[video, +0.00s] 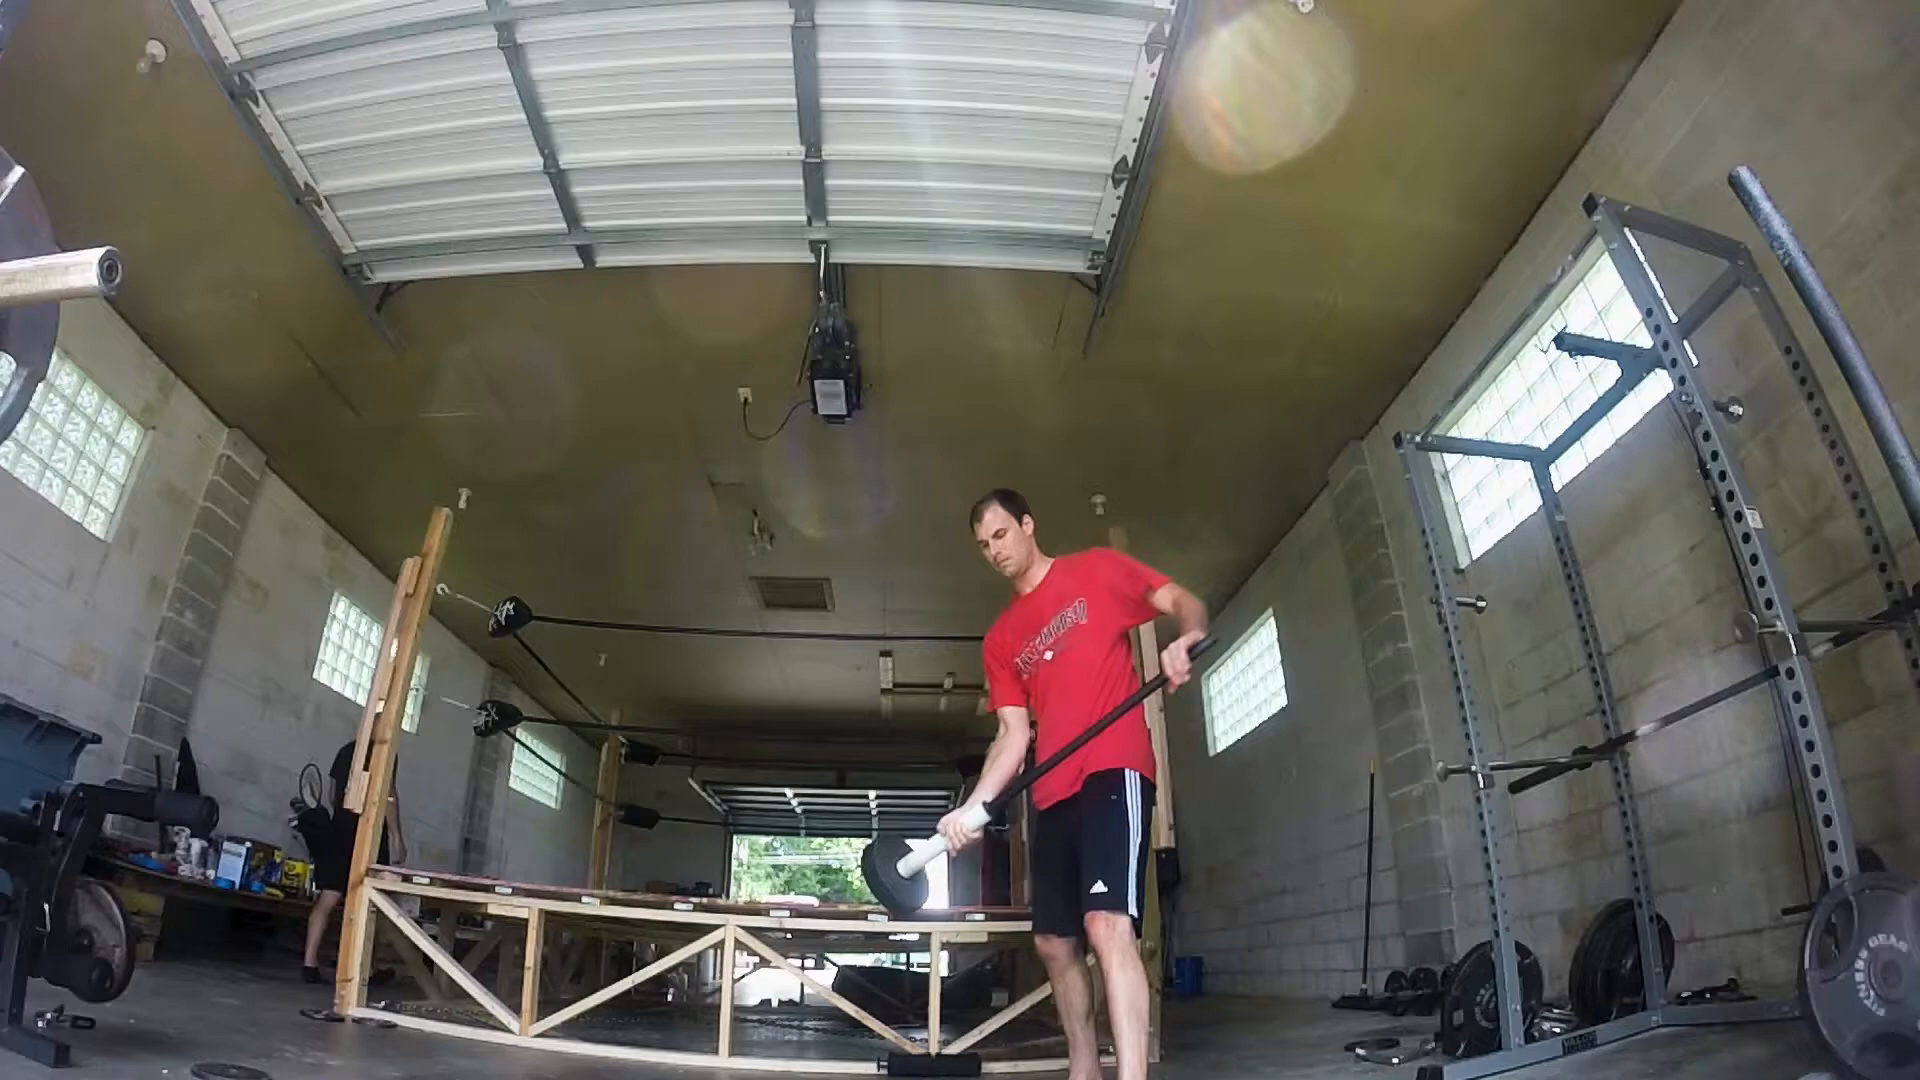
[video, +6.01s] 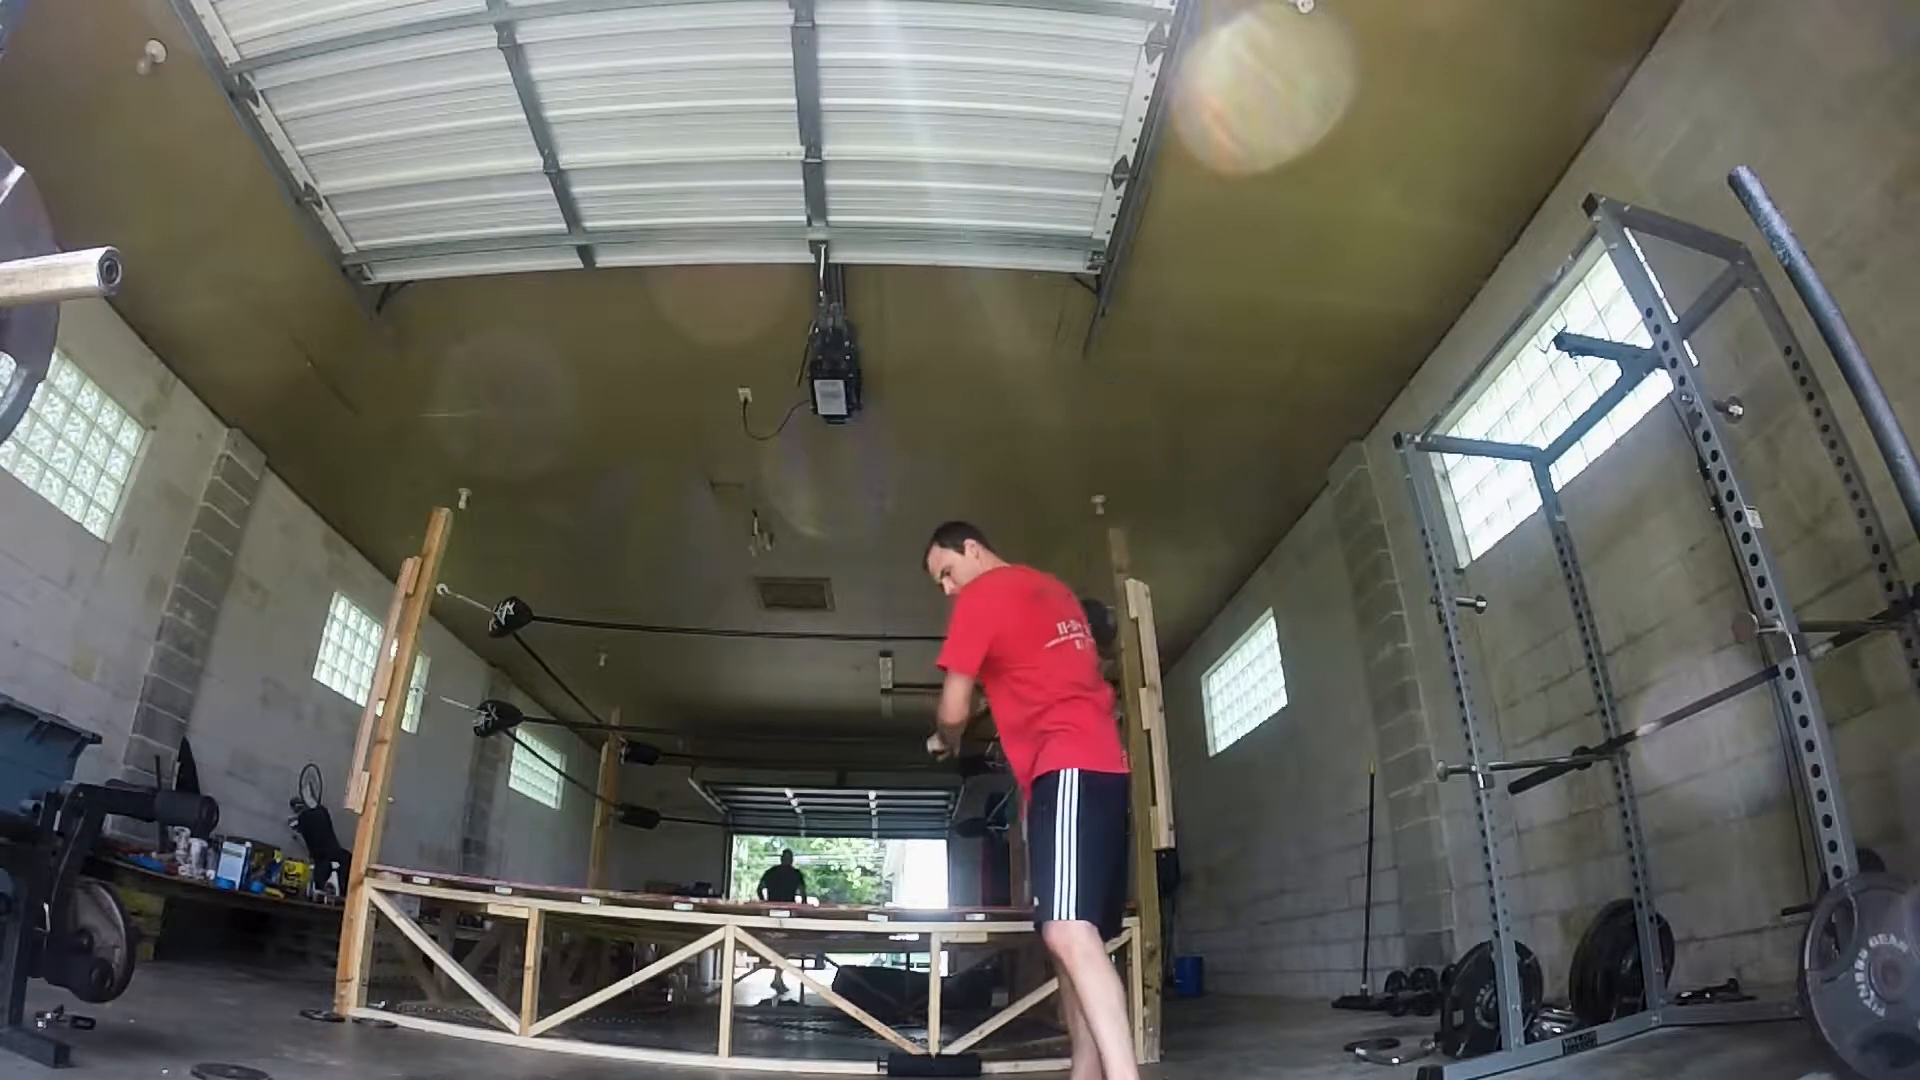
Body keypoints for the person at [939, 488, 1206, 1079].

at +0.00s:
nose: (994, 549)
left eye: (1000, 533)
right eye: (984, 543)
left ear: (1028, 526)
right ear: (982, 552)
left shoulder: (1098, 569)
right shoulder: (1001, 637)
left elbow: (1187, 604)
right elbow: (1014, 733)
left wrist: (1185, 638)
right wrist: (973, 806)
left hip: (1115, 764)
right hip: (1054, 787)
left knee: (1106, 922)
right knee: (1052, 940)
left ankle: (1132, 1075)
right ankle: (1085, 1071)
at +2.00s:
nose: (947, 584)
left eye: (945, 574)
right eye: (942, 576)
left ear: (971, 555)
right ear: (992, 552)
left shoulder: (960, 609)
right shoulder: (1066, 585)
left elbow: (954, 656)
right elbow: (1111, 582)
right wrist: (1107, 506)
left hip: (1043, 775)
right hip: (1089, 774)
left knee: (1029, 932)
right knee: (1067, 940)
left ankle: (1104, 1073)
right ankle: (1090, 1071)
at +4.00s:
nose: (968, 574)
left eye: (970, 558)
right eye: (961, 568)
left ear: (1002, 538)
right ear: (978, 563)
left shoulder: (1070, 570)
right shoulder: (1012, 641)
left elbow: (1164, 602)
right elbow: (1025, 734)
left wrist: (1132, 667)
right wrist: (989, 822)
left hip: (1109, 771)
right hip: (1061, 788)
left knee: (1095, 928)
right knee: (1055, 936)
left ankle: (1128, 1075)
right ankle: (1085, 1072)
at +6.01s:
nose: (947, 588)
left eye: (945, 573)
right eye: (940, 581)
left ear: (972, 547)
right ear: (980, 551)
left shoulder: (981, 595)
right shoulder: (1052, 585)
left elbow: (954, 710)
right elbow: (1078, 675)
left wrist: (944, 740)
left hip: (1068, 768)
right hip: (1101, 765)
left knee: (1068, 931)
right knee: (1074, 934)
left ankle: (1124, 1074)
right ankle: (1086, 1073)